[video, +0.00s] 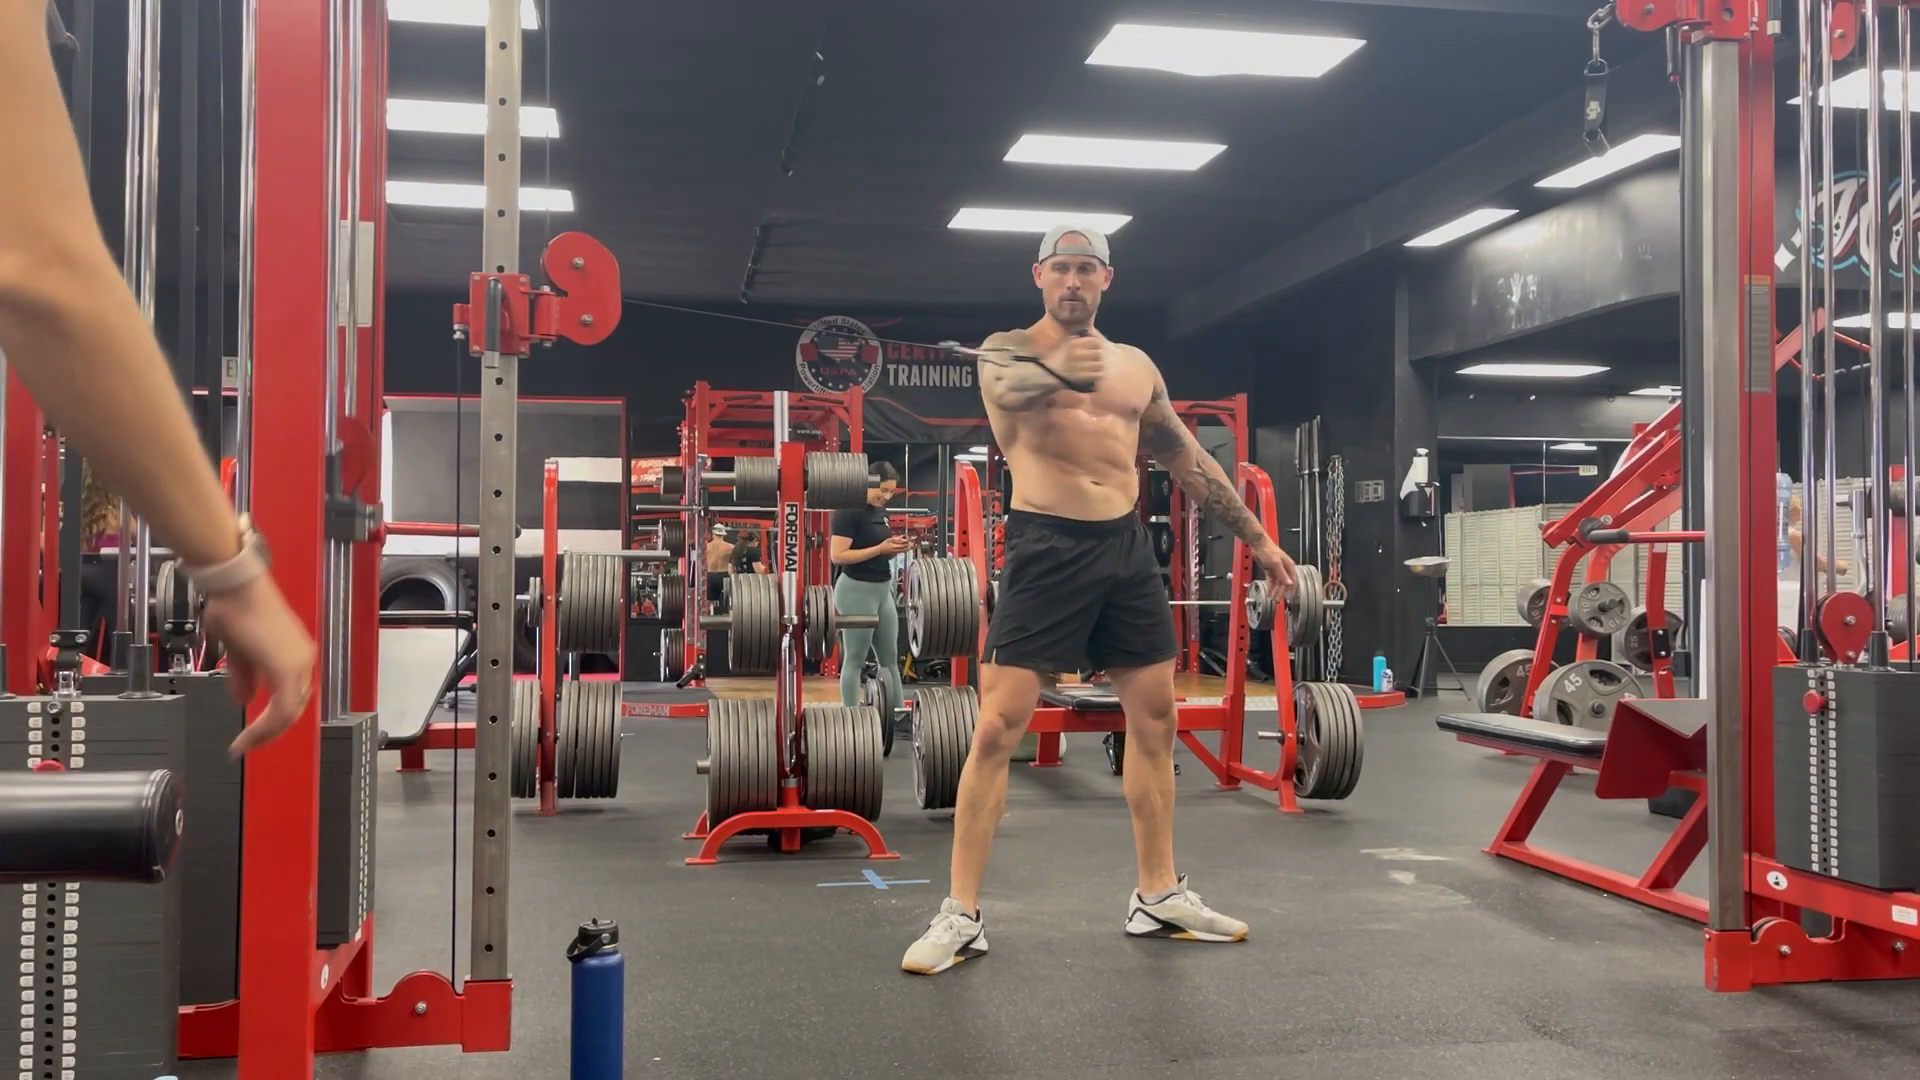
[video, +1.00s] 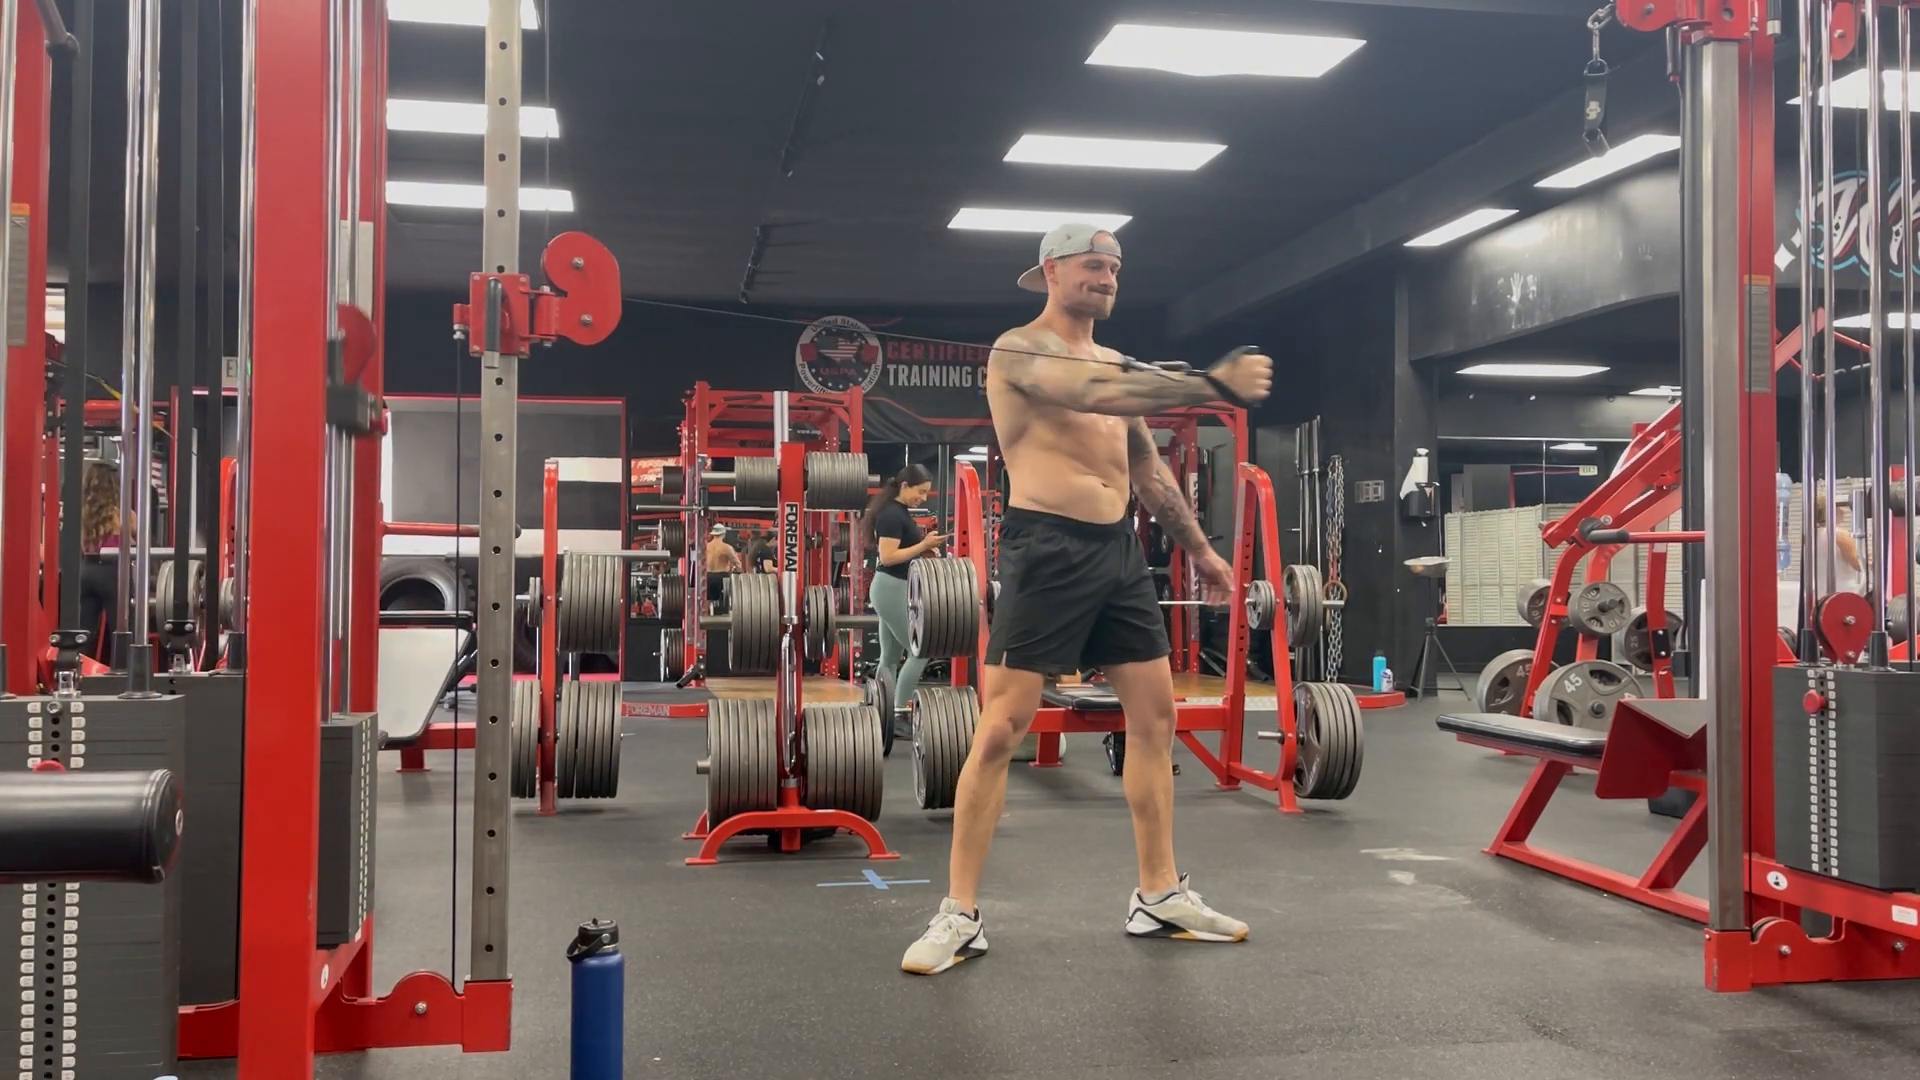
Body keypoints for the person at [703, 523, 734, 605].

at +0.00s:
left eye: (714, 533)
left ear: (713, 534)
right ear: (723, 534)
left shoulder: (707, 546)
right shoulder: (730, 547)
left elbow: (704, 561)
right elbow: (732, 562)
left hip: (710, 573)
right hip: (724, 573)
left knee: (709, 601)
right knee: (724, 602)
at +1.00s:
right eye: (724, 534)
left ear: (713, 534)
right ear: (723, 535)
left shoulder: (707, 546)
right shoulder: (726, 547)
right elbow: (737, 563)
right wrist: (738, 572)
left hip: (709, 573)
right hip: (723, 573)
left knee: (708, 601)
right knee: (722, 602)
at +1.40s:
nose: (727, 536)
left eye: (727, 534)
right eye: (725, 534)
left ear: (717, 534)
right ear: (720, 533)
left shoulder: (710, 545)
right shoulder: (719, 546)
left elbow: (730, 553)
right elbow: (726, 565)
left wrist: (748, 555)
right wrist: (733, 573)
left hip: (711, 573)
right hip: (720, 574)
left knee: (710, 600)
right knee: (721, 603)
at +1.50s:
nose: (727, 536)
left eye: (727, 533)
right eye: (725, 533)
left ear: (717, 534)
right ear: (721, 533)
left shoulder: (710, 545)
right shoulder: (718, 546)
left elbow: (731, 553)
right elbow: (724, 565)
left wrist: (749, 554)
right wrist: (732, 574)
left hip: (711, 573)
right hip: (719, 573)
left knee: (710, 600)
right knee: (721, 602)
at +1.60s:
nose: (727, 535)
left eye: (726, 533)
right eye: (725, 533)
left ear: (717, 534)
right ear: (720, 533)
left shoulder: (710, 545)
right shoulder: (718, 546)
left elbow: (731, 553)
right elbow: (725, 565)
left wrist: (750, 554)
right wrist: (733, 575)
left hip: (711, 573)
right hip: (719, 574)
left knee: (710, 601)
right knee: (721, 603)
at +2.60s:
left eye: (712, 534)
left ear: (712, 534)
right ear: (722, 535)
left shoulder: (707, 546)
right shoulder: (730, 548)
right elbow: (742, 563)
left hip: (710, 573)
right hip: (726, 574)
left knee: (708, 601)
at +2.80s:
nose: (709, 535)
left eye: (710, 533)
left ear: (712, 534)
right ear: (722, 535)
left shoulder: (706, 547)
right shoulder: (731, 548)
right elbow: (742, 564)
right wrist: (754, 574)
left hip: (711, 574)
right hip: (726, 574)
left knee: (709, 601)